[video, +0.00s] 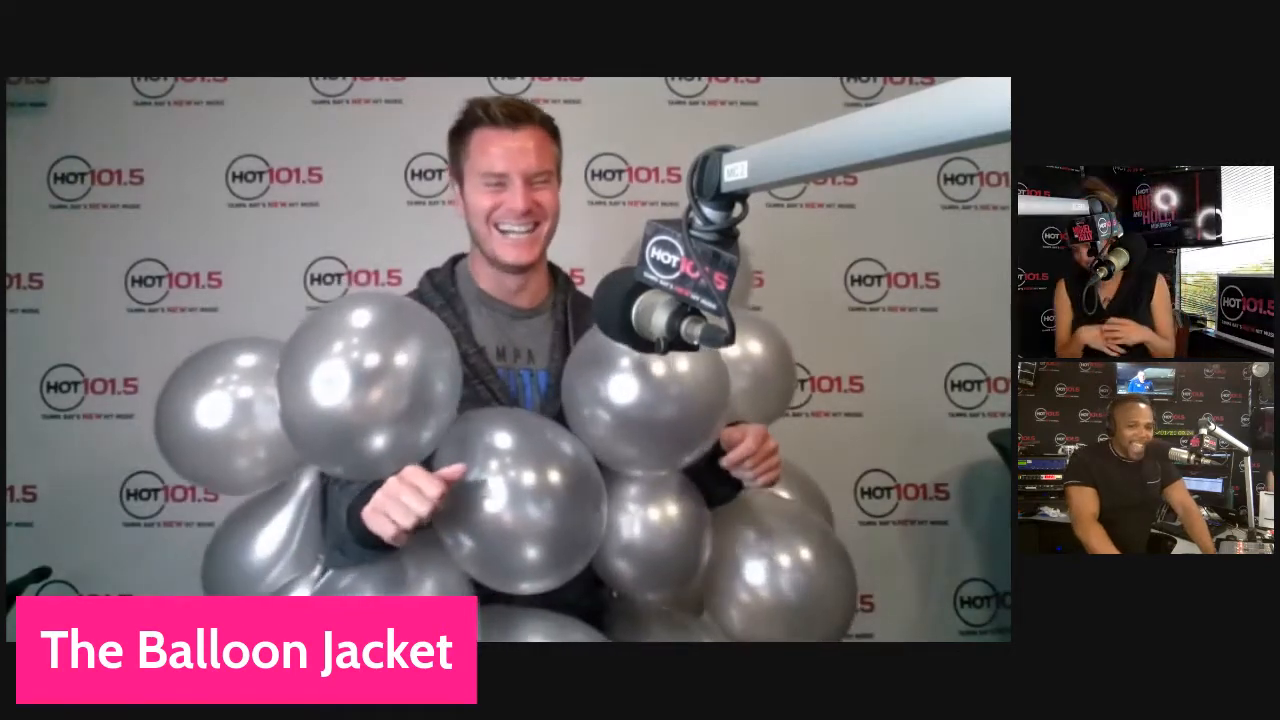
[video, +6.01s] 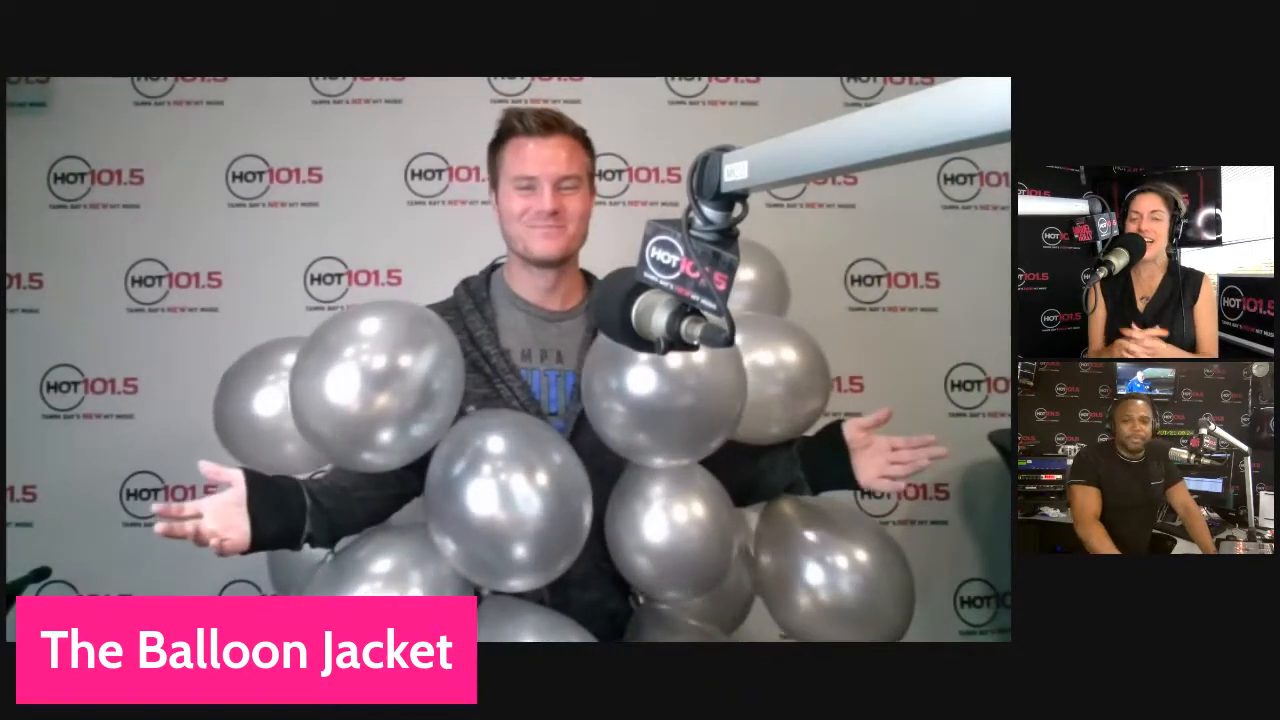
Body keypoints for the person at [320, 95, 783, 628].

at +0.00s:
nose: (520, 204)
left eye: (538, 181)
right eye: (495, 183)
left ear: (560, 191)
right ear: (457, 194)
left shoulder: (604, 329)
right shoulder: (406, 334)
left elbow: (657, 486)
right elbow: (335, 502)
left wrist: (728, 462)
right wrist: (373, 503)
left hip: (589, 616)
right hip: (446, 617)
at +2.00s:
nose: (530, 195)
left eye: (552, 177)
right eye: (510, 176)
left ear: (582, 195)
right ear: (482, 191)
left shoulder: (630, 324)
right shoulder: (421, 331)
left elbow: (680, 454)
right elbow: (365, 443)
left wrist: (756, 480)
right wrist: (346, 500)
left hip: (610, 613)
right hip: (463, 611)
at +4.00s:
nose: (550, 203)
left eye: (570, 181)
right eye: (526, 183)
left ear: (597, 192)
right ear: (494, 194)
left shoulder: (651, 318)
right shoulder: (433, 331)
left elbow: (707, 458)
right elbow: (380, 447)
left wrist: (780, 493)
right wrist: (350, 503)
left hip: (639, 617)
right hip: (487, 616)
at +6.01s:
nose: (549, 205)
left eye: (568, 187)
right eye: (526, 188)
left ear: (592, 202)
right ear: (494, 205)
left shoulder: (647, 324)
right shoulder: (437, 334)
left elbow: (708, 461)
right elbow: (393, 474)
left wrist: (832, 456)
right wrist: (275, 507)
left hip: (636, 610)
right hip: (492, 606)